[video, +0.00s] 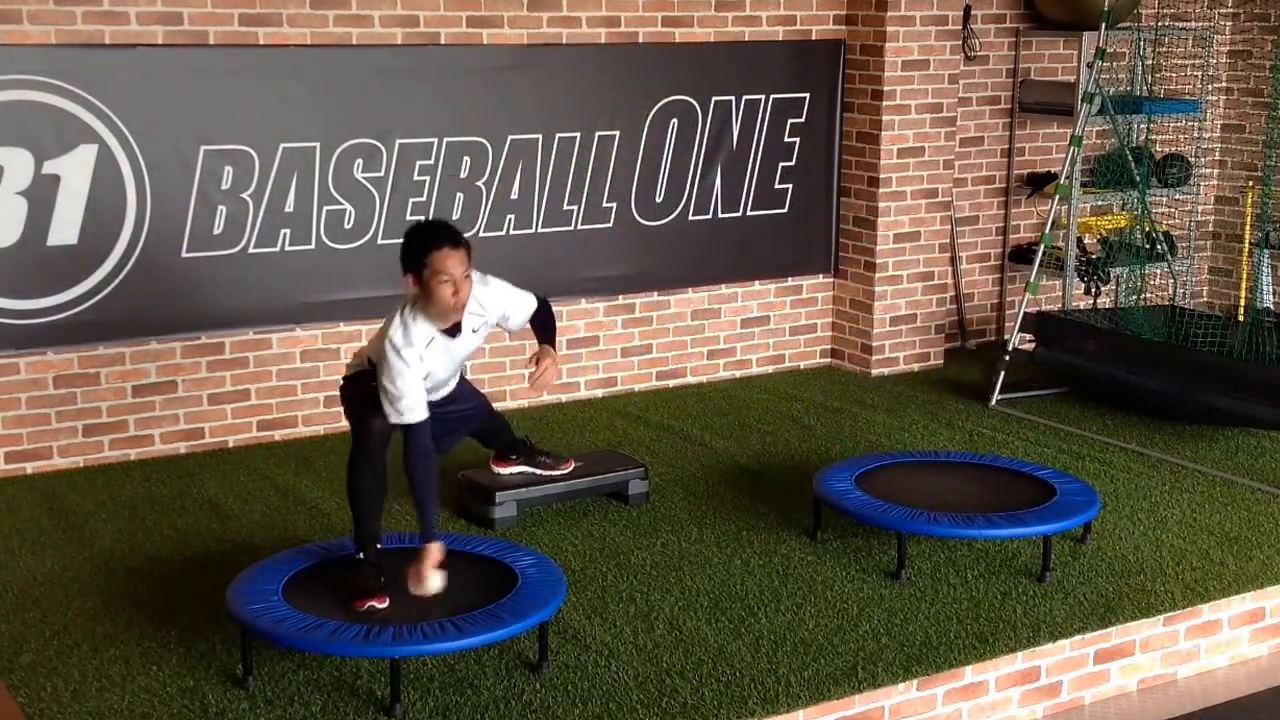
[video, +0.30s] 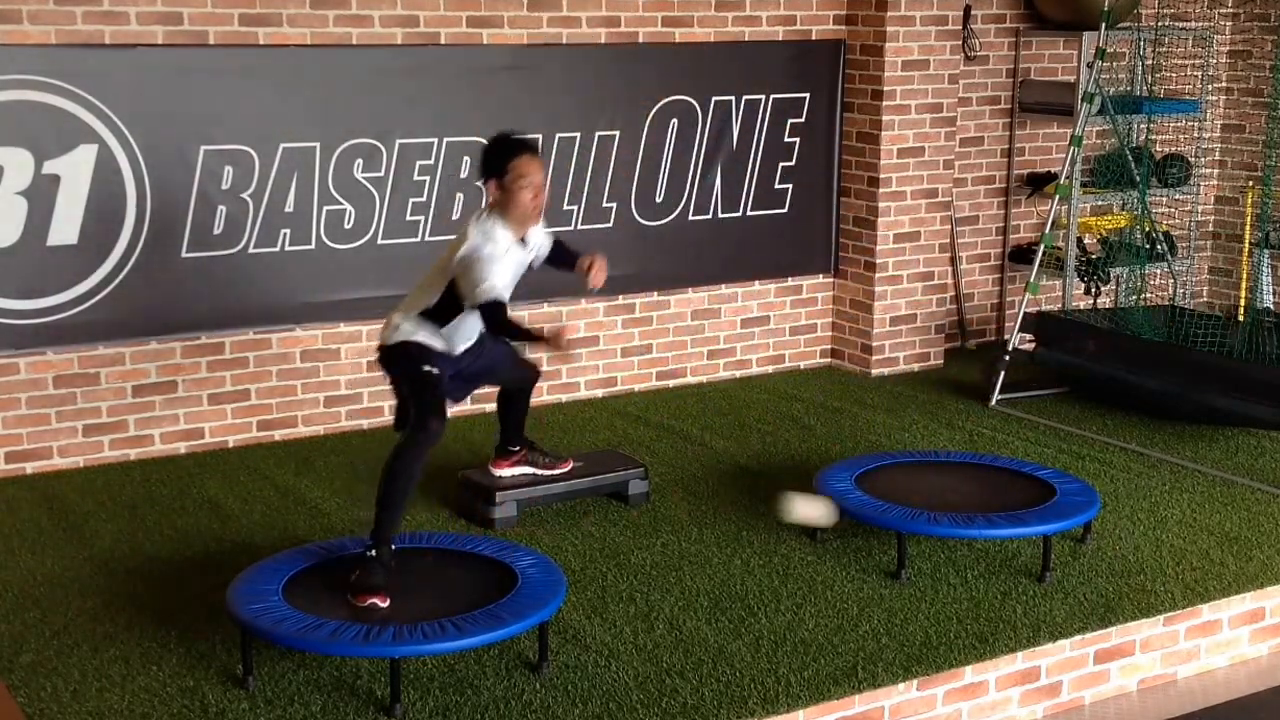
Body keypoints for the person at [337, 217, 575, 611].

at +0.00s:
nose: (460, 291)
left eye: (466, 277)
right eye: (445, 282)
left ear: (471, 271)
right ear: (415, 285)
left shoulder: (484, 293)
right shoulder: (403, 340)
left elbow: (538, 308)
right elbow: (418, 444)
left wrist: (548, 346)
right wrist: (431, 539)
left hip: (442, 380)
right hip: (377, 384)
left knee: (489, 421)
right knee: (371, 439)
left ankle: (514, 451)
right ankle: (368, 558)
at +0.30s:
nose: (540, 196)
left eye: (542, 185)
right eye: (528, 187)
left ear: (545, 186)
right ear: (494, 192)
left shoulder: (527, 231)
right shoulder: (483, 242)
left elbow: (554, 253)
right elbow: (494, 319)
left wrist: (588, 261)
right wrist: (540, 336)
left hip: (466, 340)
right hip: (414, 342)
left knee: (523, 375)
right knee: (426, 425)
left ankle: (511, 451)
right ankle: (377, 553)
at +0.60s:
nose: (618, 75)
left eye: (622, 64)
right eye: (607, 65)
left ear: (625, 65)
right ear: (576, 65)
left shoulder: (624, 115)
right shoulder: (557, 119)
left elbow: (679, 140)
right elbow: (522, 190)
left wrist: (688, 118)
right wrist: (576, 160)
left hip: (569, 266)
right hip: (524, 263)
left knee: (580, 353)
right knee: (504, 362)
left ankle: (517, 446)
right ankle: (448, 470)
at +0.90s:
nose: (697, 79)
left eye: (701, 69)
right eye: (687, 67)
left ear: (705, 72)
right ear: (654, 65)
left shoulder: (699, 117)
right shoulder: (629, 118)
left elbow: (749, 159)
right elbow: (613, 184)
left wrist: (793, 144)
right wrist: (687, 144)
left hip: (679, 253)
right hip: (619, 267)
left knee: (766, 302)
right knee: (577, 365)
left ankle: (781, 401)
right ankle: (554, 442)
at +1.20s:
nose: (870, 194)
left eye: (874, 184)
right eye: (860, 183)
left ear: (874, 189)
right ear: (828, 185)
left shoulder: (870, 233)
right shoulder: (792, 230)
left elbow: (923, 280)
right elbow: (741, 298)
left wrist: (955, 267)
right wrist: (785, 336)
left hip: (808, 326)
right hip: (749, 330)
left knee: (893, 348)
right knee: (660, 404)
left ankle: (917, 460)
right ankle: (568, 440)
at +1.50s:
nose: (961, 267)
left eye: (962, 257)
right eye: (954, 257)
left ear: (946, 260)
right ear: (919, 256)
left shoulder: (937, 301)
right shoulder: (870, 293)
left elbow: (978, 356)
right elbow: (821, 362)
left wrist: (1038, 361)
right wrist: (856, 427)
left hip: (842, 353)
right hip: (784, 349)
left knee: (932, 344)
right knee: (683, 408)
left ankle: (916, 458)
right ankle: (573, 441)